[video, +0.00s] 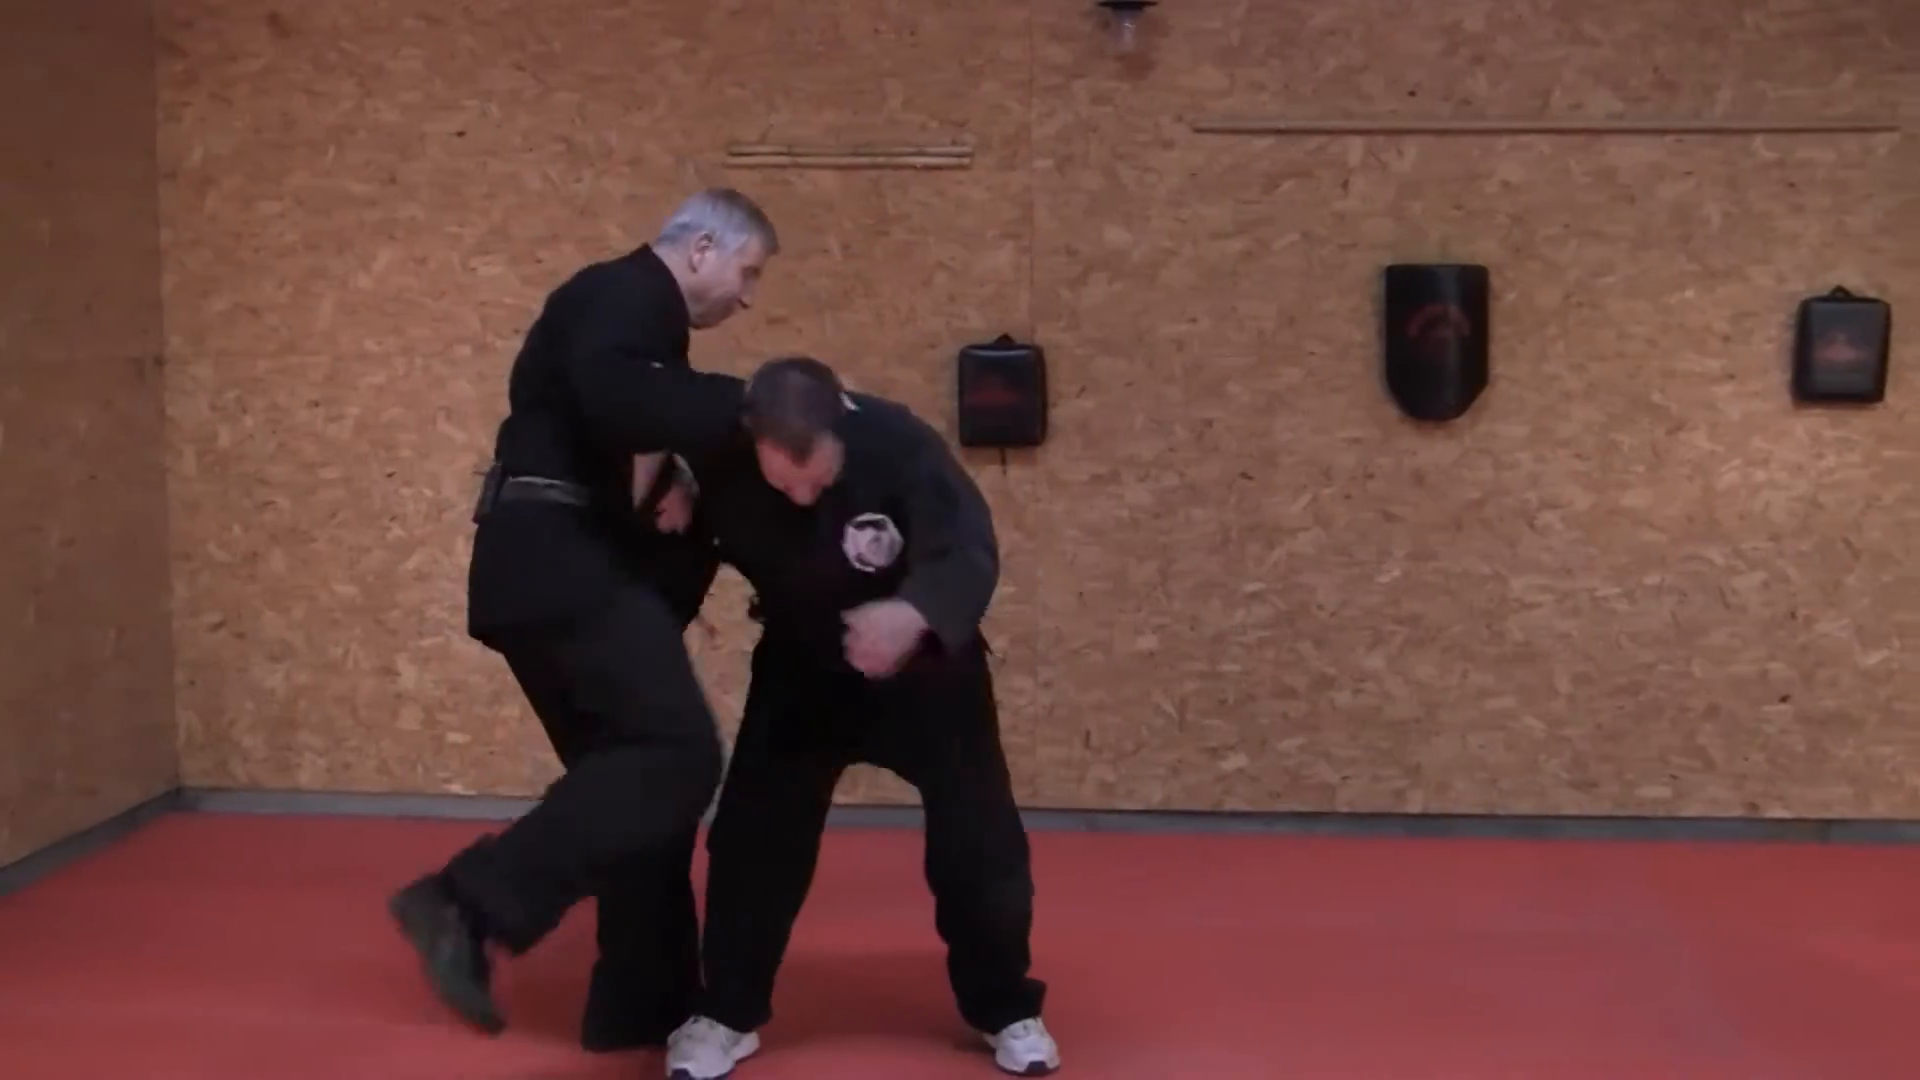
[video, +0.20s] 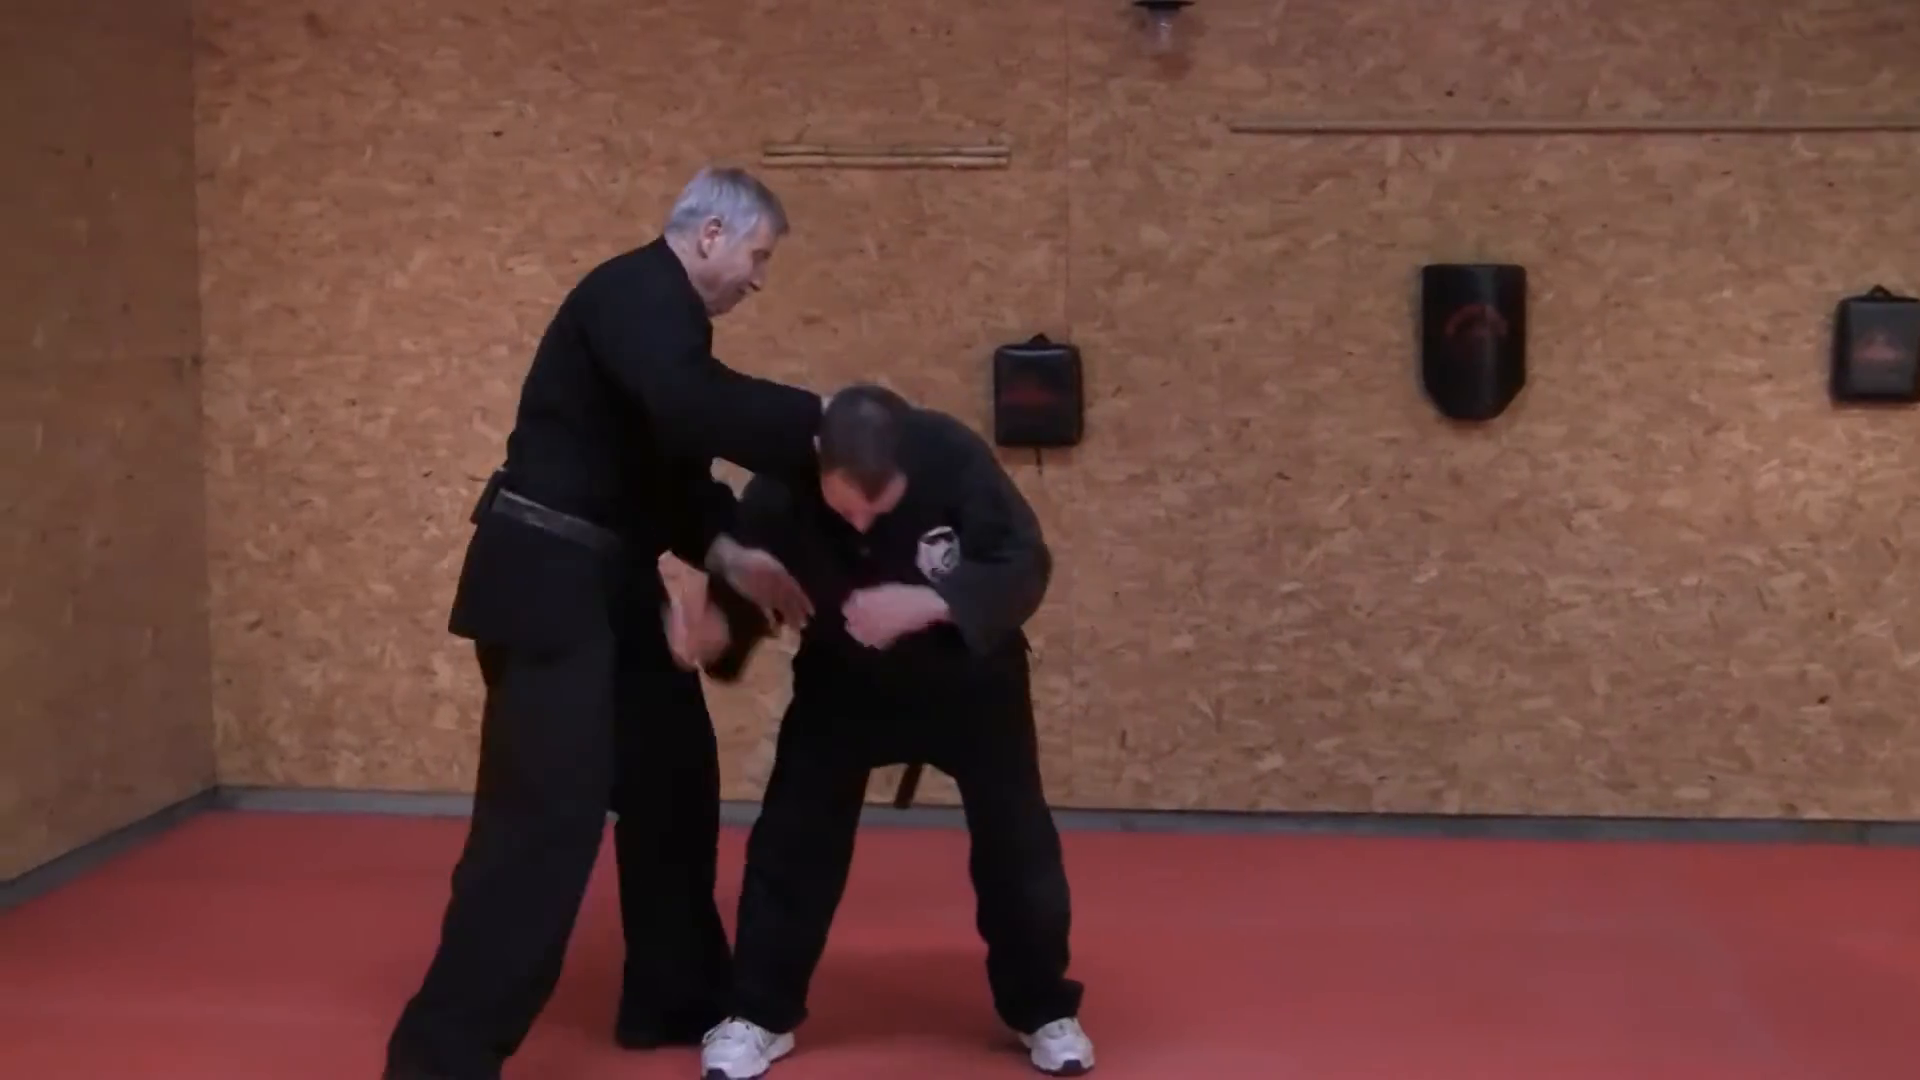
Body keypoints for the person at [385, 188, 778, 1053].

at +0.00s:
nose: (746, 299)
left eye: (754, 280)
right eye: (747, 275)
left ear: (689, 245)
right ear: (702, 249)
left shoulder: (620, 308)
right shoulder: (628, 293)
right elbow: (617, 392)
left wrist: (675, 482)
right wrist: (751, 406)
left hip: (538, 560)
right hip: (559, 557)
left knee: (628, 773)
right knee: (678, 754)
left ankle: (641, 1009)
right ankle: (463, 903)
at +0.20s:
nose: (758, 282)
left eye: (764, 264)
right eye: (756, 259)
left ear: (705, 239)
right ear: (706, 236)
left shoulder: (668, 318)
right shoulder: (636, 290)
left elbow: (660, 474)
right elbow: (686, 407)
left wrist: (735, 553)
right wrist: (826, 419)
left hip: (615, 583)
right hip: (548, 579)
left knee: (676, 772)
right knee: (544, 817)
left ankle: (672, 1000)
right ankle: (444, 1052)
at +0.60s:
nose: (794, 297)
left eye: (800, 279)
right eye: (787, 275)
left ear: (741, 260)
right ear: (734, 254)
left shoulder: (721, 353)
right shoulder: (663, 330)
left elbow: (738, 470)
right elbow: (696, 469)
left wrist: (798, 445)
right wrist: (834, 491)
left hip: (659, 604)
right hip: (571, 602)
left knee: (750, 774)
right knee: (602, 834)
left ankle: (751, 972)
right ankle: (497, 1058)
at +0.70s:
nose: (793, 285)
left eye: (801, 266)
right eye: (785, 263)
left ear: (762, 251)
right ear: (732, 240)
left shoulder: (765, 325)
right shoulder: (651, 323)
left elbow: (849, 428)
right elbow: (690, 465)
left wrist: (830, 427)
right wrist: (822, 497)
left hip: (694, 584)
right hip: (594, 588)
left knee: (776, 775)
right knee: (591, 829)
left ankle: (774, 979)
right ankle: (515, 1056)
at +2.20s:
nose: (777, 224)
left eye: (794, 212)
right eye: (758, 207)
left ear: (814, 233)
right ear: (718, 226)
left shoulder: (819, 318)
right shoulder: (668, 320)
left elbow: (865, 453)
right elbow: (694, 454)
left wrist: (831, 352)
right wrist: (784, 351)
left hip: (757, 578)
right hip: (640, 579)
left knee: (805, 781)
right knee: (612, 812)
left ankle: (785, 978)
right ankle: (546, 1036)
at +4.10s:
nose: (742, 219)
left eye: (761, 207)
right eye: (725, 202)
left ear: (782, 229)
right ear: (692, 215)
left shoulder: (783, 329)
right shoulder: (630, 305)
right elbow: (678, 403)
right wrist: (828, 355)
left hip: (710, 579)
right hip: (591, 575)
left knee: (754, 791)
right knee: (555, 813)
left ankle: (748, 980)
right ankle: (511, 1037)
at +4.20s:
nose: (742, 219)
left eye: (762, 208)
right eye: (726, 202)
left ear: (783, 229)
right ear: (693, 214)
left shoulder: (786, 342)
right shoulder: (629, 304)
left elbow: (823, 467)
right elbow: (661, 410)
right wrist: (813, 384)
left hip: (707, 578)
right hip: (589, 572)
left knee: (752, 791)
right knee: (554, 809)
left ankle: (748, 980)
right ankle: (512, 1034)